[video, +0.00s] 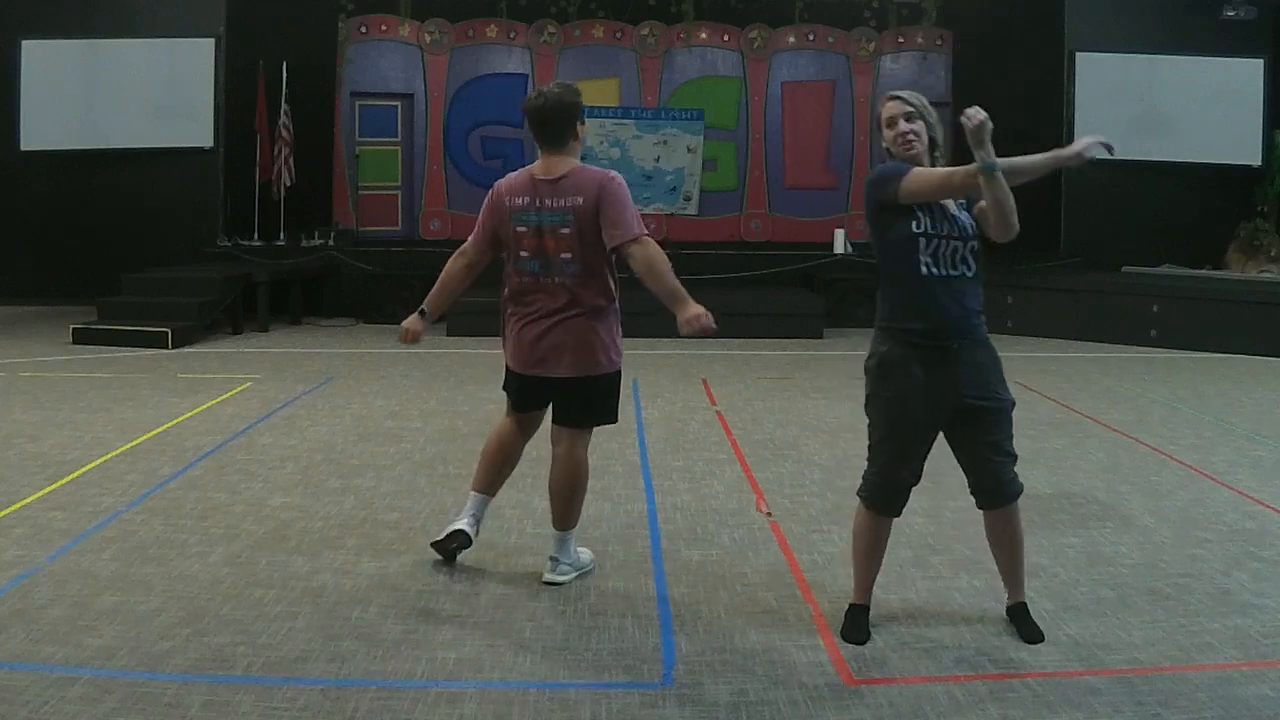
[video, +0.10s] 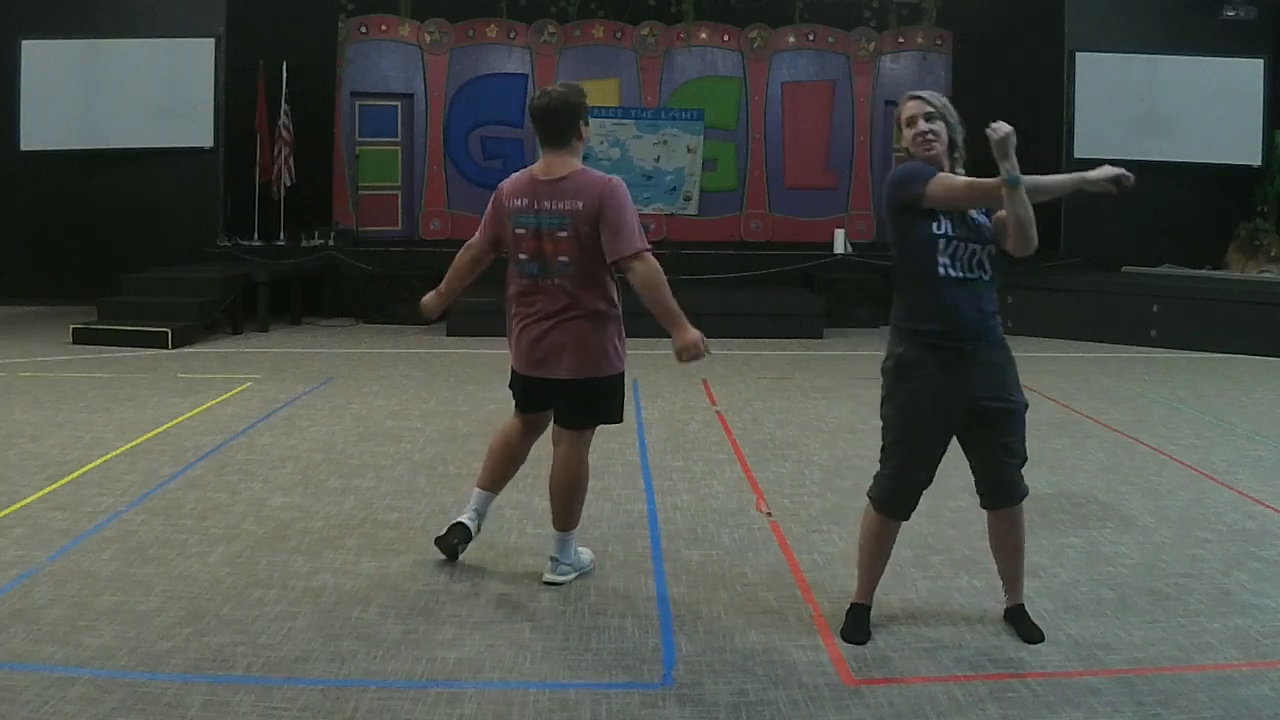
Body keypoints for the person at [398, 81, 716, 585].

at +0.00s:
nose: (586, 128)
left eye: (582, 122)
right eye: (585, 122)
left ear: (531, 130)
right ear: (580, 129)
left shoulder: (505, 191)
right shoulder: (604, 186)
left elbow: (469, 259)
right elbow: (637, 249)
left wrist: (425, 313)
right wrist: (683, 303)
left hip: (526, 343)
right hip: (587, 345)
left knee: (518, 418)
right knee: (571, 441)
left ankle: (468, 519)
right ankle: (563, 554)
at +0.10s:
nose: (590, 129)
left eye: (586, 122)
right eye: (589, 123)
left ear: (535, 130)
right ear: (582, 129)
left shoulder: (509, 191)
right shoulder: (606, 190)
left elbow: (477, 252)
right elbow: (638, 265)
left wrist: (438, 298)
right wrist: (681, 327)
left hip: (530, 344)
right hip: (588, 348)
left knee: (527, 418)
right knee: (573, 444)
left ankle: (471, 516)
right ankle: (564, 554)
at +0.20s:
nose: (590, 130)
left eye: (586, 123)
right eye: (589, 124)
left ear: (536, 131)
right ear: (582, 130)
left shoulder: (515, 189)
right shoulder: (604, 196)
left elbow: (498, 259)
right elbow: (639, 275)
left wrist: (498, 256)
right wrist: (678, 337)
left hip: (531, 343)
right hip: (589, 348)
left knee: (532, 422)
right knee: (573, 444)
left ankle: (471, 513)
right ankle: (564, 554)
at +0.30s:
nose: (590, 129)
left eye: (587, 122)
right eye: (588, 123)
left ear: (535, 130)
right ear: (581, 129)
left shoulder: (517, 185)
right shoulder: (603, 196)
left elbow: (536, 250)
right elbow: (637, 265)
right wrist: (667, 308)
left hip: (531, 340)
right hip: (586, 346)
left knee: (534, 423)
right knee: (574, 443)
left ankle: (470, 509)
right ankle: (563, 554)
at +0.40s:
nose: (591, 126)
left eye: (588, 118)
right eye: (589, 119)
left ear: (535, 129)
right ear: (580, 128)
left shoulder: (520, 181)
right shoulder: (604, 192)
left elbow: (569, 199)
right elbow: (648, 261)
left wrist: (621, 187)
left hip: (530, 338)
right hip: (584, 345)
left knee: (534, 422)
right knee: (573, 439)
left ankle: (467, 506)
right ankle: (564, 554)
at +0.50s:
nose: (594, 122)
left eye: (590, 114)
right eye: (591, 116)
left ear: (540, 126)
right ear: (583, 124)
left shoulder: (526, 176)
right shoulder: (604, 185)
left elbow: (610, 173)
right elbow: (636, 231)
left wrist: (671, 167)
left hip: (528, 333)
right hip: (582, 341)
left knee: (533, 422)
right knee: (572, 442)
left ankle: (464, 503)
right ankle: (565, 554)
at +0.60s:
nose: (600, 121)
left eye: (595, 113)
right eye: (595, 114)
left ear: (549, 127)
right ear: (582, 122)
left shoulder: (534, 172)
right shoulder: (603, 184)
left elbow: (626, 170)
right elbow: (639, 228)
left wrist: (696, 164)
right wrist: (617, 178)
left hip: (526, 330)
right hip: (579, 340)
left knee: (528, 419)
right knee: (570, 445)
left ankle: (457, 502)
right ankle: (564, 554)